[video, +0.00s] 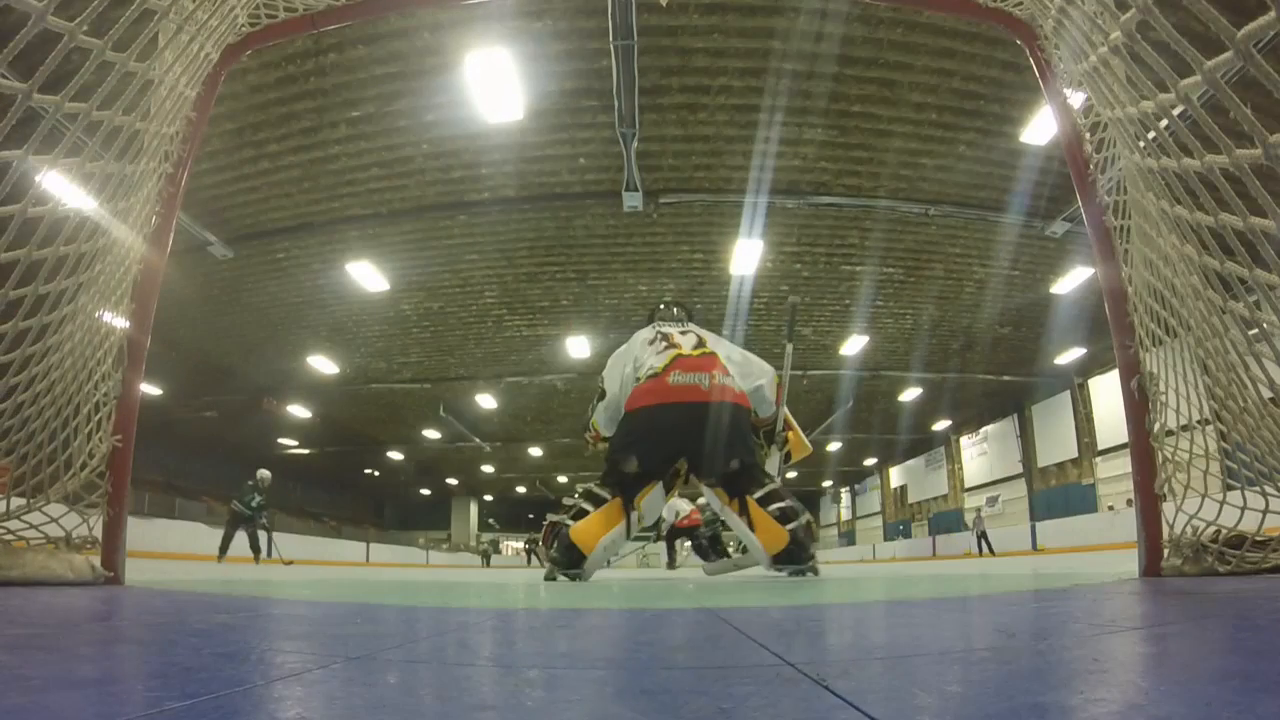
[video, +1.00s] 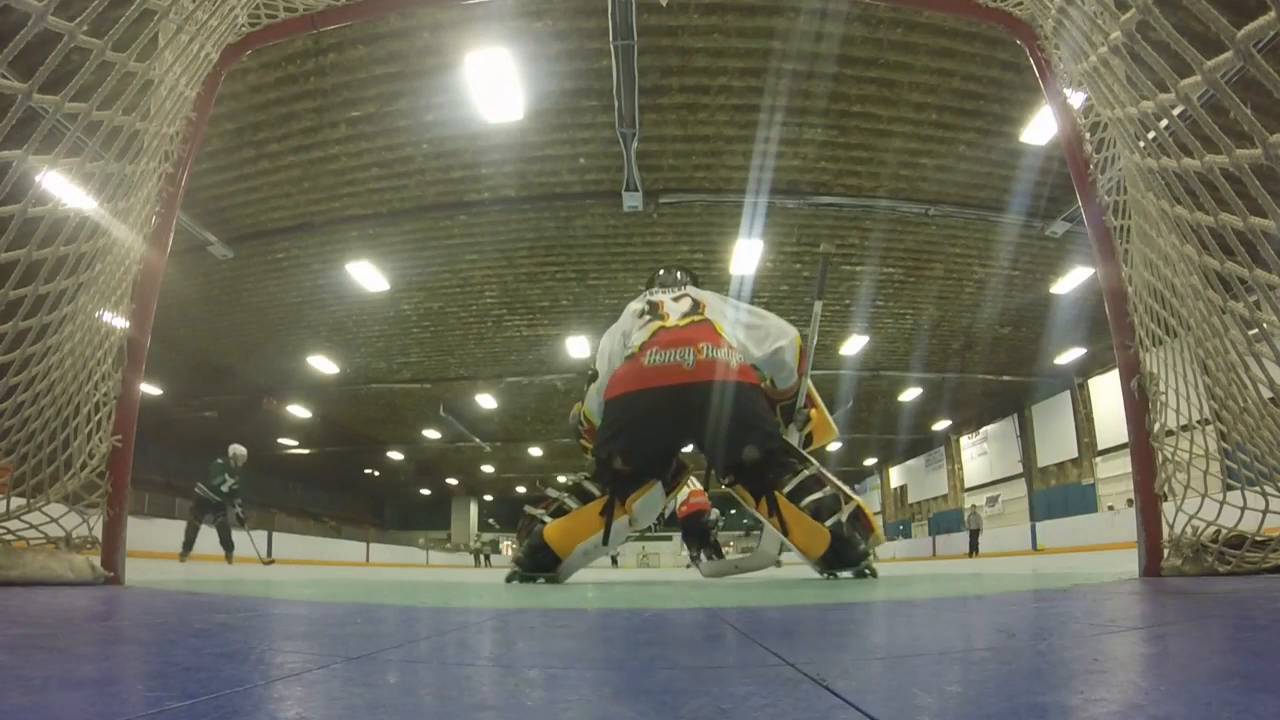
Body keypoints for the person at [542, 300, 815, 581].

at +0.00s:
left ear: (652, 323)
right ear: (688, 323)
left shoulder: (637, 341)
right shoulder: (713, 339)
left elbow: (613, 391)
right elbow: (763, 375)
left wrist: (600, 430)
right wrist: (767, 423)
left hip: (655, 406)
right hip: (722, 406)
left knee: (623, 489)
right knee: (744, 483)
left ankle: (571, 548)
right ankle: (790, 545)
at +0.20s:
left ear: (649, 318)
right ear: (687, 315)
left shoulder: (634, 337)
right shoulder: (713, 332)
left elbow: (612, 390)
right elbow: (766, 370)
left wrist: (598, 433)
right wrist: (769, 421)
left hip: (653, 399)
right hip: (724, 396)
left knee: (620, 486)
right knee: (751, 476)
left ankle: (567, 550)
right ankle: (803, 543)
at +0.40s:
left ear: (646, 312)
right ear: (689, 308)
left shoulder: (627, 338)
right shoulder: (715, 324)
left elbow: (606, 400)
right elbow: (769, 361)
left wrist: (598, 438)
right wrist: (773, 417)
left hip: (647, 397)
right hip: (722, 390)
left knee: (619, 485)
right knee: (758, 474)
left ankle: (560, 553)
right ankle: (814, 544)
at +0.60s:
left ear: (646, 307)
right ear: (689, 302)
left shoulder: (627, 330)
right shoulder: (716, 317)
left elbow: (607, 386)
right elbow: (773, 353)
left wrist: (597, 432)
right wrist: (776, 407)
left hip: (643, 392)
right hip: (721, 383)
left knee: (619, 484)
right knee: (762, 470)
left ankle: (556, 553)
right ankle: (823, 547)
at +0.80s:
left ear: (647, 300)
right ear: (690, 295)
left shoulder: (624, 326)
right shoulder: (719, 310)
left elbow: (595, 410)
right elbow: (780, 347)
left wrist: (603, 446)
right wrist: (782, 408)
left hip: (640, 390)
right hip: (723, 379)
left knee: (622, 486)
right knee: (763, 470)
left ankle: (551, 551)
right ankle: (831, 544)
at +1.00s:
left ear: (648, 295)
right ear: (692, 288)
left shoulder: (621, 323)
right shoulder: (722, 303)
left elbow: (594, 411)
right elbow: (785, 340)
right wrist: (785, 405)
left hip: (635, 385)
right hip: (723, 374)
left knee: (620, 487)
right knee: (764, 470)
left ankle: (542, 551)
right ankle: (840, 548)